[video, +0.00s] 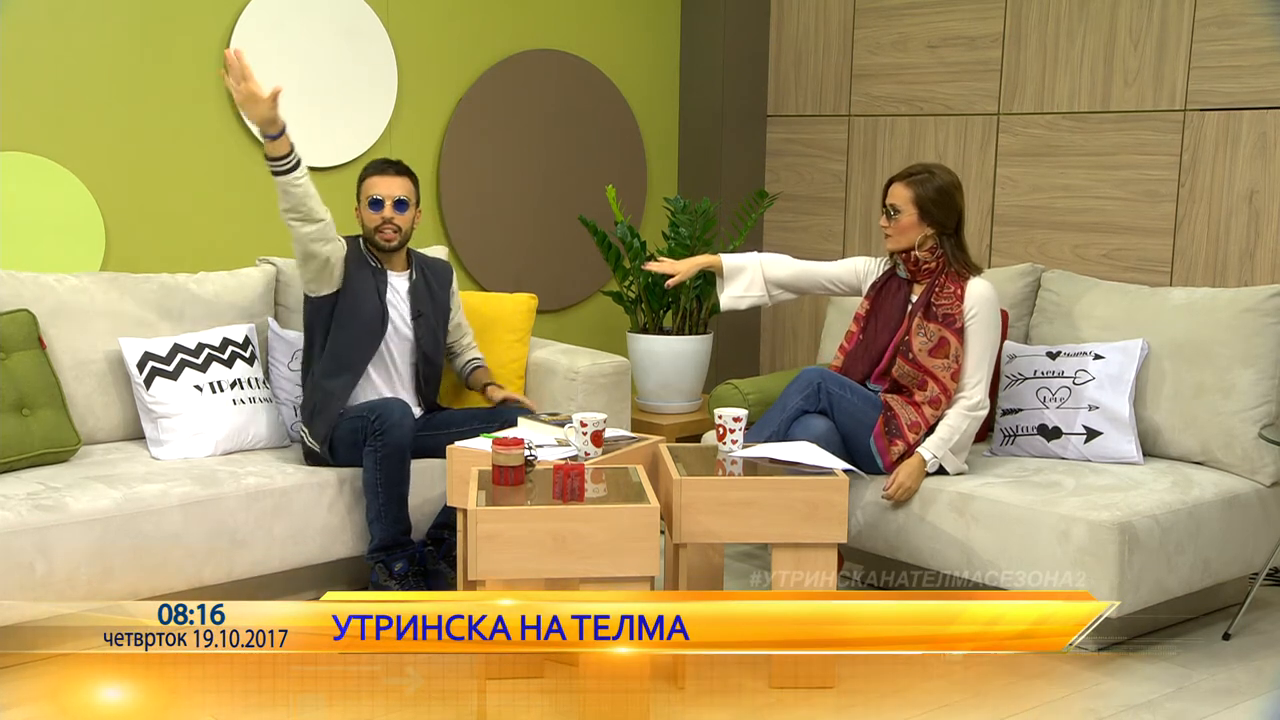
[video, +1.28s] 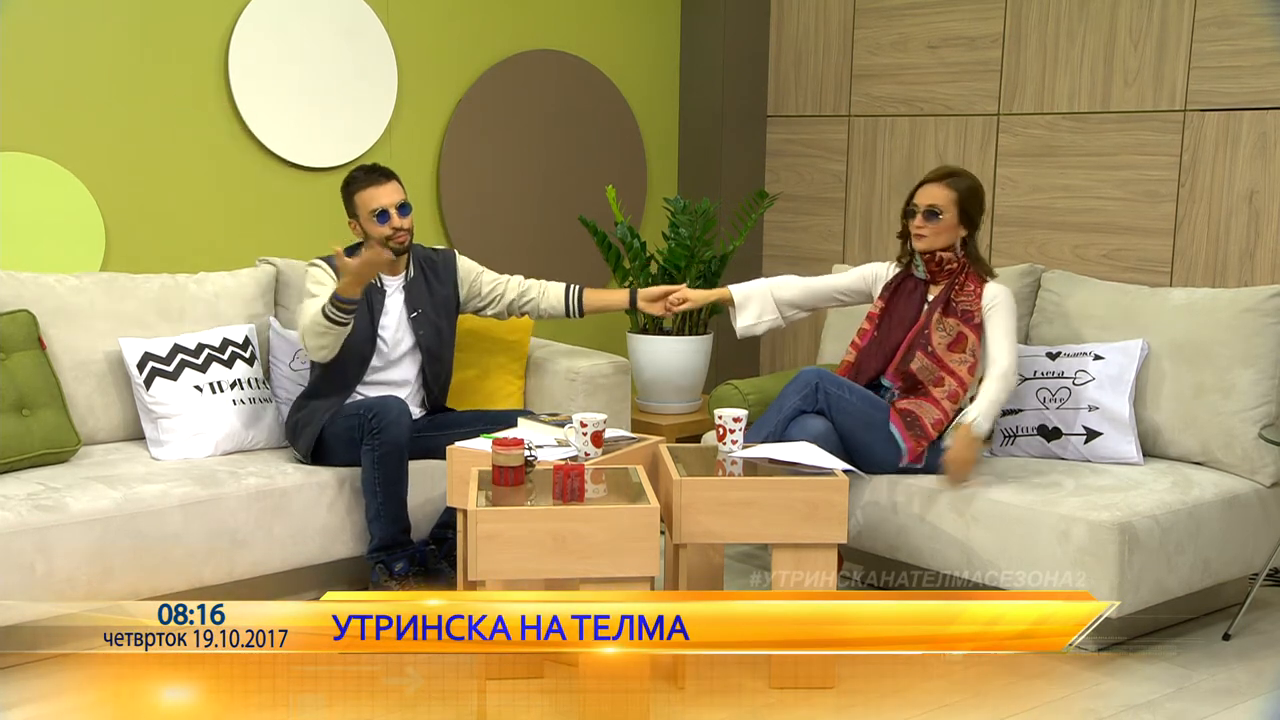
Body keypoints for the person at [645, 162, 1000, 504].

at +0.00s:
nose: (884, 222)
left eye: (895, 213)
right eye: (886, 212)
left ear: (932, 222)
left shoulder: (974, 295)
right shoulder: (881, 271)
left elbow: (972, 399)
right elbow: (797, 273)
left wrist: (921, 460)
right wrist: (705, 262)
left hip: (915, 440)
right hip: (862, 423)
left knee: (817, 379)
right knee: (811, 429)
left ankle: (729, 467)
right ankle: (805, 569)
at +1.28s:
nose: (917, 223)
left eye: (933, 214)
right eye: (914, 213)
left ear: (964, 227)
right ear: (907, 219)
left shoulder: (989, 295)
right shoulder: (890, 276)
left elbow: (1002, 372)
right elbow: (807, 290)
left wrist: (971, 429)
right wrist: (714, 295)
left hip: (922, 436)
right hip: (864, 421)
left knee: (813, 380)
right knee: (809, 431)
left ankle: (734, 468)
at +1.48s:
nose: (934, 223)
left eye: (949, 216)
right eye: (928, 214)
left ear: (976, 229)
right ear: (918, 222)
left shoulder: (994, 292)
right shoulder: (896, 282)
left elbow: (1044, 276)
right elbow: (810, 294)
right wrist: (718, 303)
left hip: (924, 440)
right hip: (865, 422)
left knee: (812, 381)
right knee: (810, 432)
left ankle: (734, 472)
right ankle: (802, 570)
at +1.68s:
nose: (941, 225)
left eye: (956, 217)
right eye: (934, 215)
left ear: (983, 228)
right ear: (925, 222)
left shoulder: (998, 291)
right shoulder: (901, 280)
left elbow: (1039, 232)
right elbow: (816, 296)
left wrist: (1090, 150)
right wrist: (724, 300)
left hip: (924, 433)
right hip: (863, 415)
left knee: (812, 381)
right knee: (805, 438)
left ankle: (741, 458)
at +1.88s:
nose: (945, 229)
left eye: (961, 220)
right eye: (938, 218)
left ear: (986, 231)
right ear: (928, 225)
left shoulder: (1001, 293)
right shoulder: (904, 280)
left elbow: (1042, 232)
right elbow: (819, 295)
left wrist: (1094, 150)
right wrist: (725, 300)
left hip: (924, 433)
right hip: (863, 415)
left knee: (812, 380)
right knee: (805, 438)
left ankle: (739, 458)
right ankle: (801, 581)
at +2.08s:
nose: (948, 230)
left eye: (964, 220)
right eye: (941, 219)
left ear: (990, 232)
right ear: (930, 227)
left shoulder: (1000, 295)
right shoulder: (907, 282)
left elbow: (1047, 239)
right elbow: (822, 289)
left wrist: (1102, 160)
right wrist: (726, 296)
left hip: (924, 434)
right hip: (867, 417)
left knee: (814, 379)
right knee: (806, 431)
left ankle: (732, 463)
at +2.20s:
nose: (949, 230)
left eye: (965, 221)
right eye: (943, 220)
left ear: (992, 233)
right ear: (932, 228)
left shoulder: (1002, 296)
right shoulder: (909, 283)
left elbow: (1049, 240)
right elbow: (822, 289)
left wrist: (1105, 161)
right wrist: (727, 296)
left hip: (924, 433)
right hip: (869, 417)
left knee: (813, 379)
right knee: (805, 431)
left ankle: (732, 466)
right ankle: (808, 448)